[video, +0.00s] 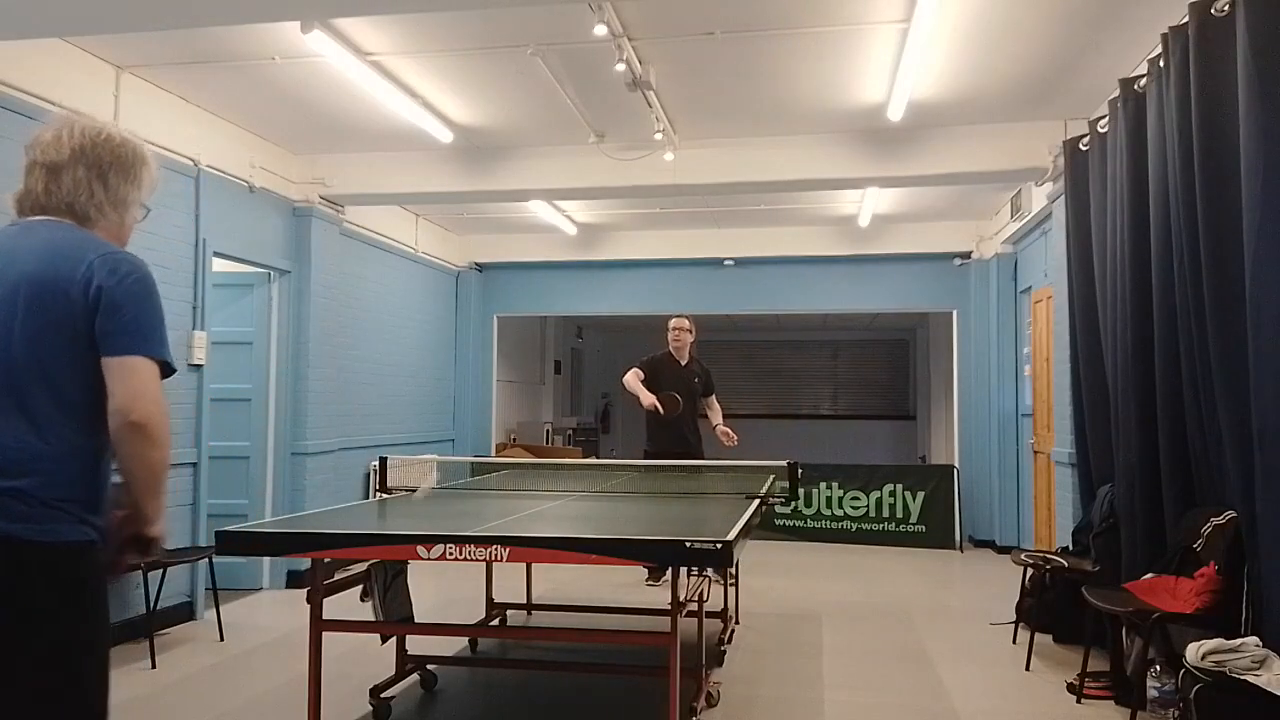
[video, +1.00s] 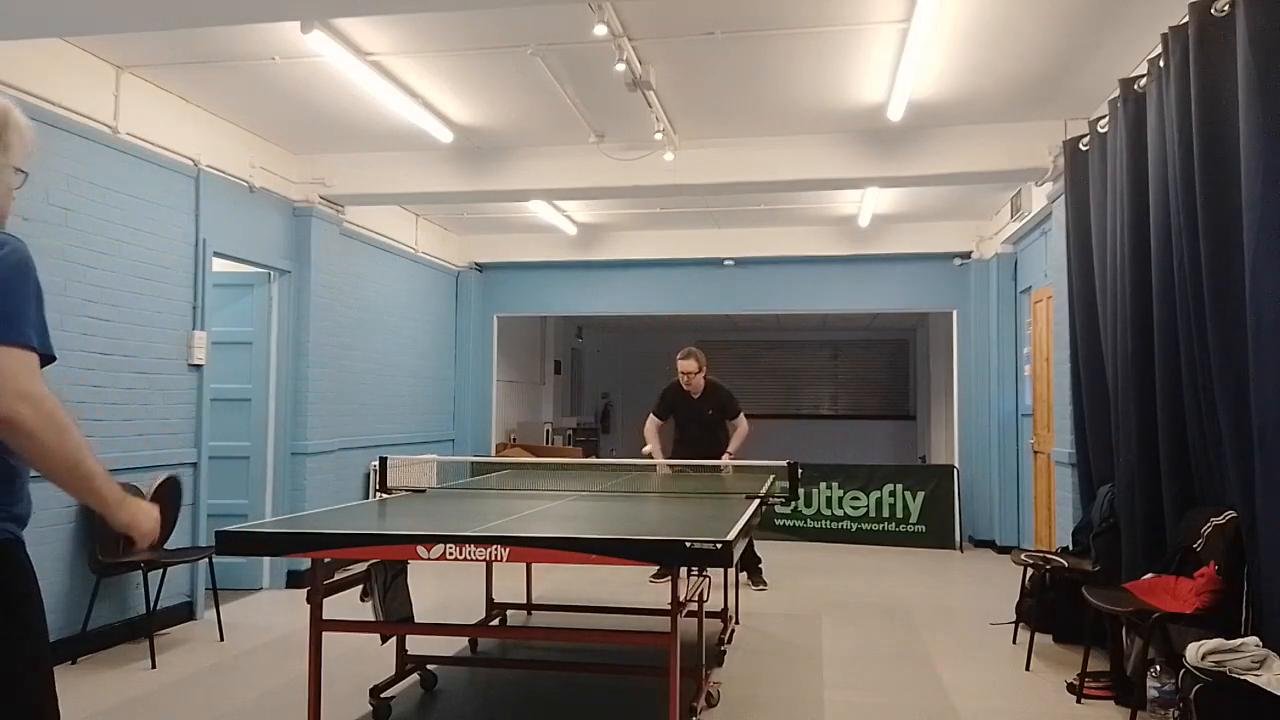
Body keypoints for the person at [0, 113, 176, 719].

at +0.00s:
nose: (139, 223)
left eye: (144, 209)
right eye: (139, 206)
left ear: (37, 185)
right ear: (109, 197)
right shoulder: (112, 270)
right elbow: (136, 416)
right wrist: (146, 515)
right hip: (45, 548)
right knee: (62, 705)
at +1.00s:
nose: (17, 193)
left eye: (20, 175)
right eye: (16, 173)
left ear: (13, 176)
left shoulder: (12, 257)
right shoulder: (7, 255)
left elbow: (21, 397)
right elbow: (15, 400)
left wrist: (110, 498)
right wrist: (119, 505)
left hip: (8, 545)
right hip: (4, 547)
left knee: (28, 700)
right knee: (27, 704)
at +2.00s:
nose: (232, 236)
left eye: (235, 222)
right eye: (230, 220)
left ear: (138, 205)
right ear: (199, 212)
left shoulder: (61, 285)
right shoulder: (215, 284)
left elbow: (9, 418)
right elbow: (357, 384)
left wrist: (9, 529)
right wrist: (409, 430)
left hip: (35, 551)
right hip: (131, 552)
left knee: (77, 708)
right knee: (140, 707)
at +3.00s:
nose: (102, 184)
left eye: (104, 169)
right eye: (98, 168)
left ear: (18, 160)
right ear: (62, 164)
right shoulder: (72, 249)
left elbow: (115, 401)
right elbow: (117, 403)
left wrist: (182, 511)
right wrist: (190, 509)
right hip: (33, 562)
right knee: (41, 706)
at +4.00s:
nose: (75, 208)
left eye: (78, 194)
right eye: (72, 194)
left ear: (5, 176)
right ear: (51, 192)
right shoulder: (57, 270)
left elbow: (145, 391)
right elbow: (145, 393)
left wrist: (210, 400)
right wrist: (218, 400)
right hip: (25, 544)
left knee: (25, 700)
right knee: (27, 705)